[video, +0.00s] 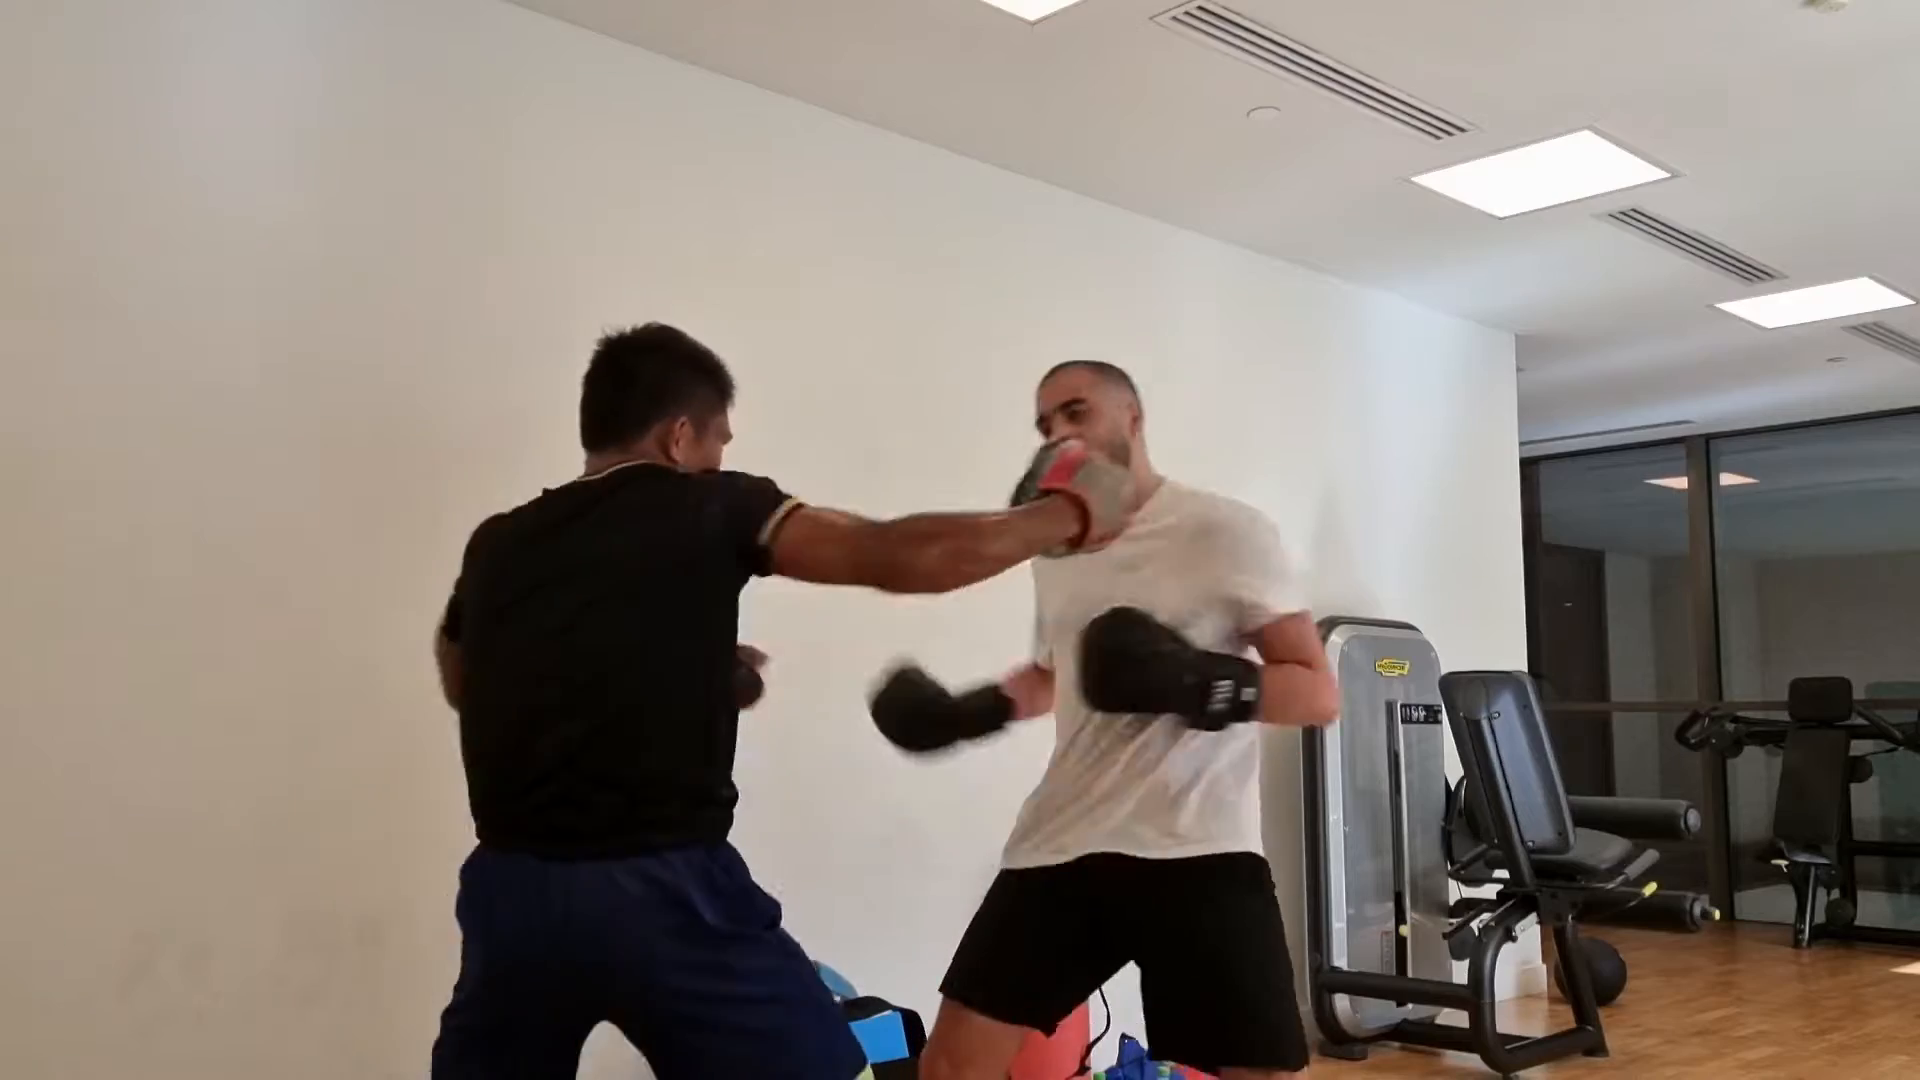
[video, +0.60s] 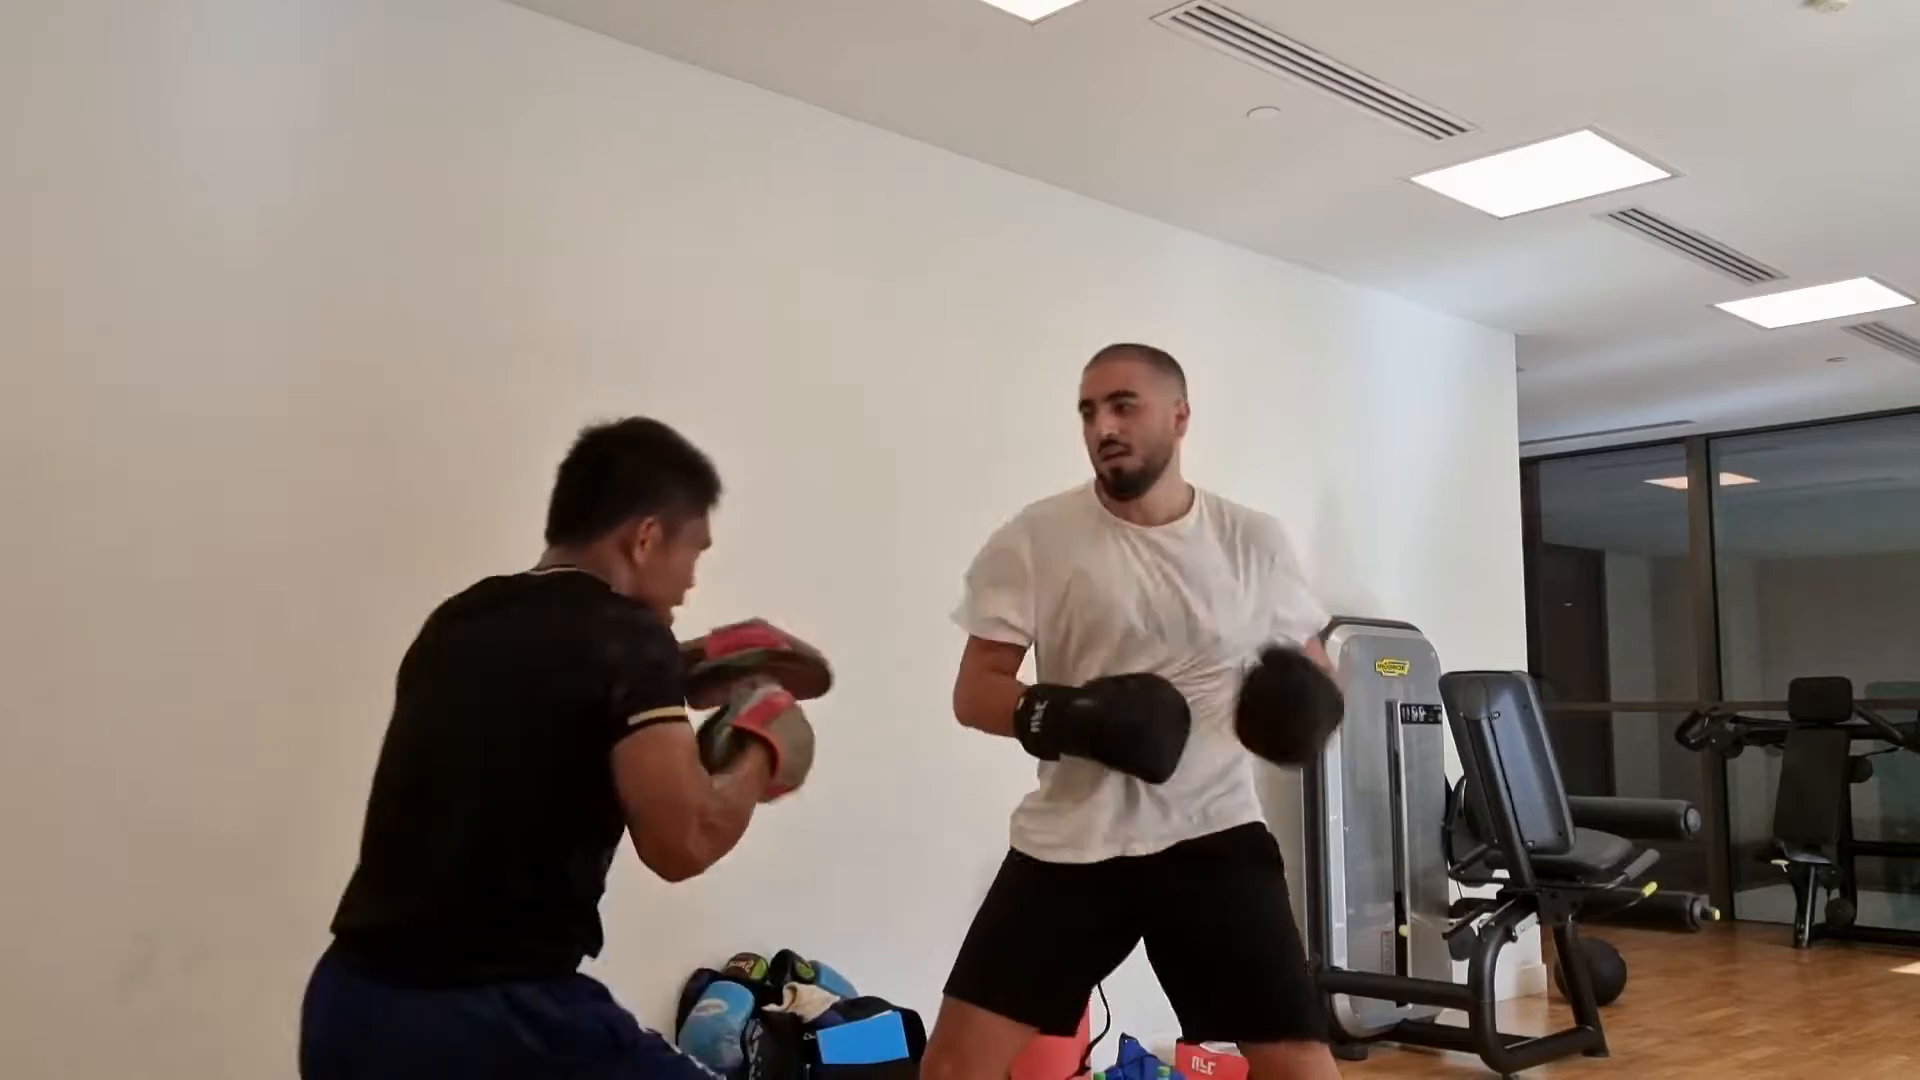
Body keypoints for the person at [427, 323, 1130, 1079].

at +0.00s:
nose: (723, 461)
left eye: (726, 441)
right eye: (722, 440)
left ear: (595, 435)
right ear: (676, 436)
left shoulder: (497, 542)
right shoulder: (710, 503)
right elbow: (898, 557)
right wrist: (1065, 517)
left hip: (511, 911)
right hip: (675, 904)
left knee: (479, 1067)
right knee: (819, 1062)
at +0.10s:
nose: (736, 469)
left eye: (742, 451)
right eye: (736, 448)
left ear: (610, 432)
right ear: (694, 434)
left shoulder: (502, 535)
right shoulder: (732, 515)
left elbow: (469, 646)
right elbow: (913, 582)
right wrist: (1012, 507)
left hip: (512, 915)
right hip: (681, 924)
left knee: (479, 1068)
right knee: (798, 1067)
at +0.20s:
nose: (789, 467)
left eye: (796, 444)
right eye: (791, 440)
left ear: (657, 424)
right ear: (746, 424)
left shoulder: (568, 530)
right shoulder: (746, 512)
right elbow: (856, 661)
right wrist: (976, 580)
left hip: (527, 897)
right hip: (680, 912)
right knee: (807, 1066)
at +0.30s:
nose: (841, 475)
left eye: (843, 452)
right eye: (838, 451)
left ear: (717, 442)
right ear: (793, 450)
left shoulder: (657, 544)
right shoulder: (721, 554)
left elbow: (777, 680)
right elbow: (745, 743)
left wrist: (864, 558)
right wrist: (891, 673)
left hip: (528, 911)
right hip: (639, 932)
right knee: (785, 1061)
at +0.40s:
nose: (822, 535)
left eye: (828, 511)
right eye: (824, 508)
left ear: (702, 479)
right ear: (781, 498)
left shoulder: (625, 575)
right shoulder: (693, 589)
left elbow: (718, 735)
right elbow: (693, 786)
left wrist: (818, 629)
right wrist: (837, 728)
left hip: (492, 948)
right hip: (596, 967)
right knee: (773, 1063)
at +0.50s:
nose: (750, 562)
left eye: (763, 534)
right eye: (759, 529)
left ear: (630, 500)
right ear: (711, 515)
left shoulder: (535, 593)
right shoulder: (655, 608)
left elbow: (582, 761)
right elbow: (681, 818)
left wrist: (731, 685)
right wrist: (779, 737)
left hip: (420, 975)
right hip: (552, 990)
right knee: (736, 1066)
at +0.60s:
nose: (690, 583)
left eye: (699, 556)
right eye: (694, 552)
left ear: (563, 527)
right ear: (643, 540)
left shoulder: (456, 618)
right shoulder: (628, 636)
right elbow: (680, 842)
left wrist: (672, 673)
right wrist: (757, 751)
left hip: (353, 1005)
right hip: (508, 1016)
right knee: (692, 1069)